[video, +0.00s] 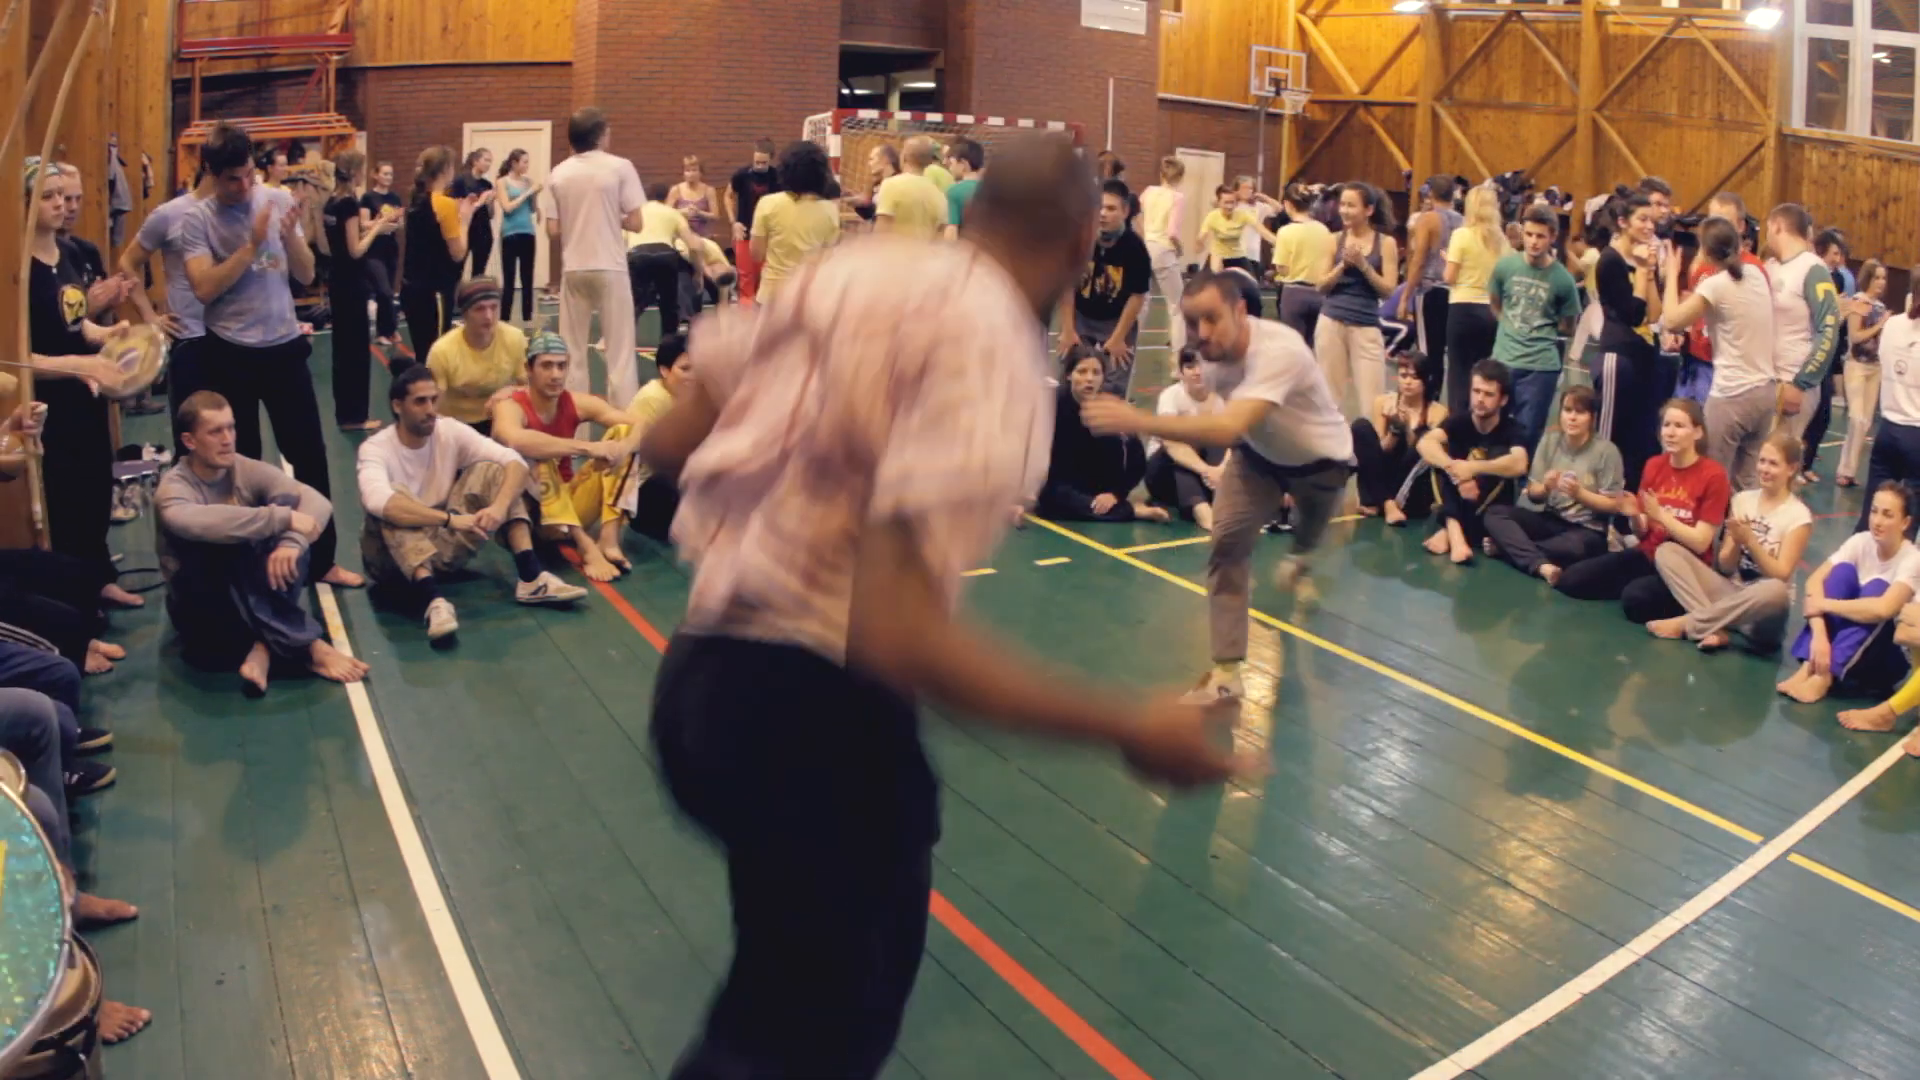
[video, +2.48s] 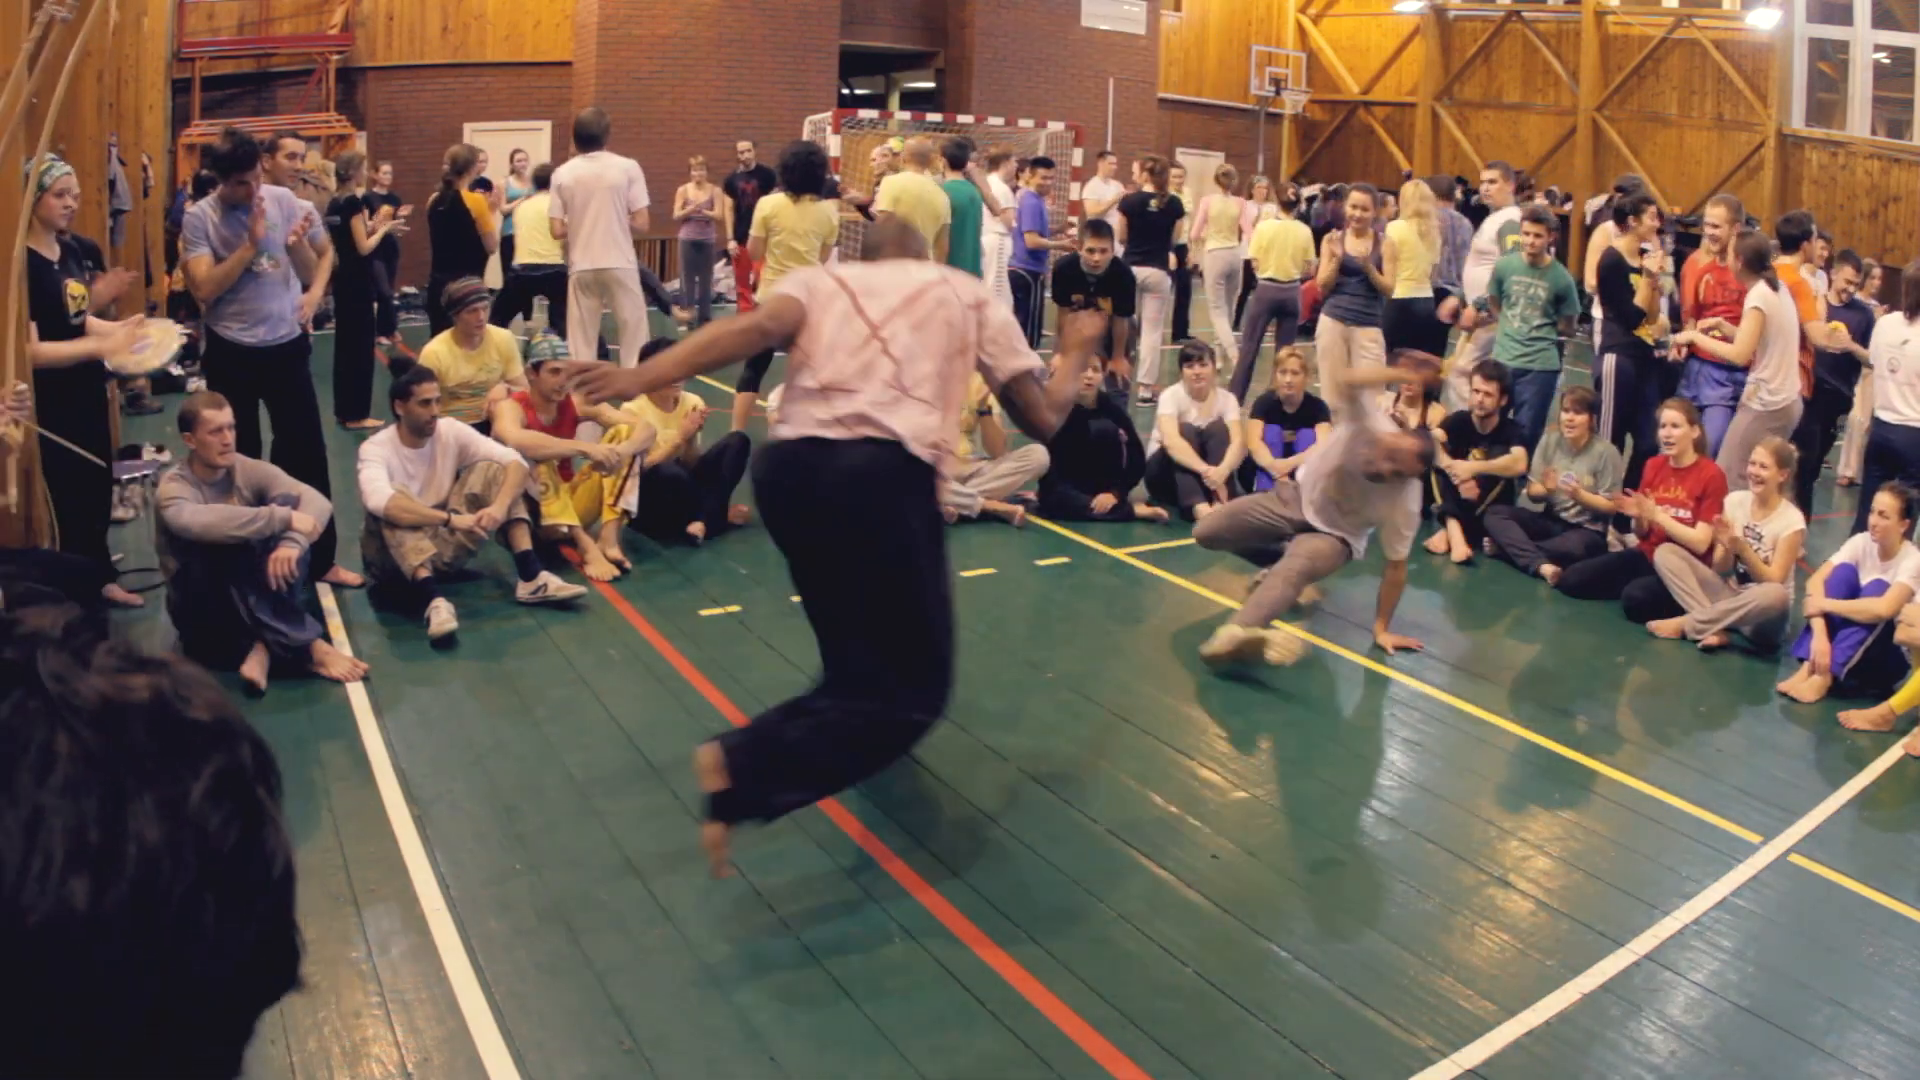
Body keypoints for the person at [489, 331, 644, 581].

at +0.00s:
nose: (556, 374)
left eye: (561, 366)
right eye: (546, 366)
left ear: (568, 369)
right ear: (528, 369)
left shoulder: (578, 403)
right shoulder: (510, 405)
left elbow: (639, 423)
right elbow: (513, 439)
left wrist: (624, 448)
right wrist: (587, 447)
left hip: (568, 508)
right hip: (524, 511)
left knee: (622, 435)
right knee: (542, 464)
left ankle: (609, 538)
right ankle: (586, 546)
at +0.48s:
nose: (555, 375)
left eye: (561, 366)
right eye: (546, 366)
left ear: (569, 370)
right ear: (529, 370)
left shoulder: (579, 403)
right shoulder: (510, 407)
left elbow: (627, 426)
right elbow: (513, 440)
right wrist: (582, 451)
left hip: (575, 505)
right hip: (528, 509)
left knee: (619, 447)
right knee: (542, 466)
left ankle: (610, 540)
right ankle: (586, 545)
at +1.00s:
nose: (560, 376)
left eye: (565, 368)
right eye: (551, 368)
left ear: (572, 370)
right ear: (531, 371)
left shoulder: (582, 403)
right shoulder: (511, 407)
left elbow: (646, 428)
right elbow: (514, 439)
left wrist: (622, 448)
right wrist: (586, 449)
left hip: (572, 505)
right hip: (528, 512)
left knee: (623, 431)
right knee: (541, 465)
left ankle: (609, 537)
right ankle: (586, 545)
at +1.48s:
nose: (562, 381)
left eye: (567, 372)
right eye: (553, 372)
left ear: (572, 372)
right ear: (532, 372)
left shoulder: (581, 403)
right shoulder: (510, 407)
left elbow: (646, 428)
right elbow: (514, 439)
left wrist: (622, 449)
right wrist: (586, 448)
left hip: (572, 506)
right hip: (528, 511)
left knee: (623, 432)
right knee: (542, 465)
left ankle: (609, 536)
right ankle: (587, 545)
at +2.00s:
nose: (562, 381)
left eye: (567, 373)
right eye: (553, 373)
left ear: (572, 372)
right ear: (532, 373)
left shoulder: (578, 403)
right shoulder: (510, 407)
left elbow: (646, 429)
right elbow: (512, 438)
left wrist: (622, 449)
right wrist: (585, 447)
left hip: (572, 504)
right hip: (528, 511)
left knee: (624, 431)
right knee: (542, 465)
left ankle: (609, 536)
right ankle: (586, 545)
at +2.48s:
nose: (563, 381)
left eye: (567, 373)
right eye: (555, 372)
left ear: (573, 374)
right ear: (531, 373)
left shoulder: (578, 404)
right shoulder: (510, 407)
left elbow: (646, 429)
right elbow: (511, 438)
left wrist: (624, 450)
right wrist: (585, 448)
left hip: (572, 504)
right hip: (528, 510)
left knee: (624, 436)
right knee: (541, 466)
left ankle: (609, 536)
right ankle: (586, 545)